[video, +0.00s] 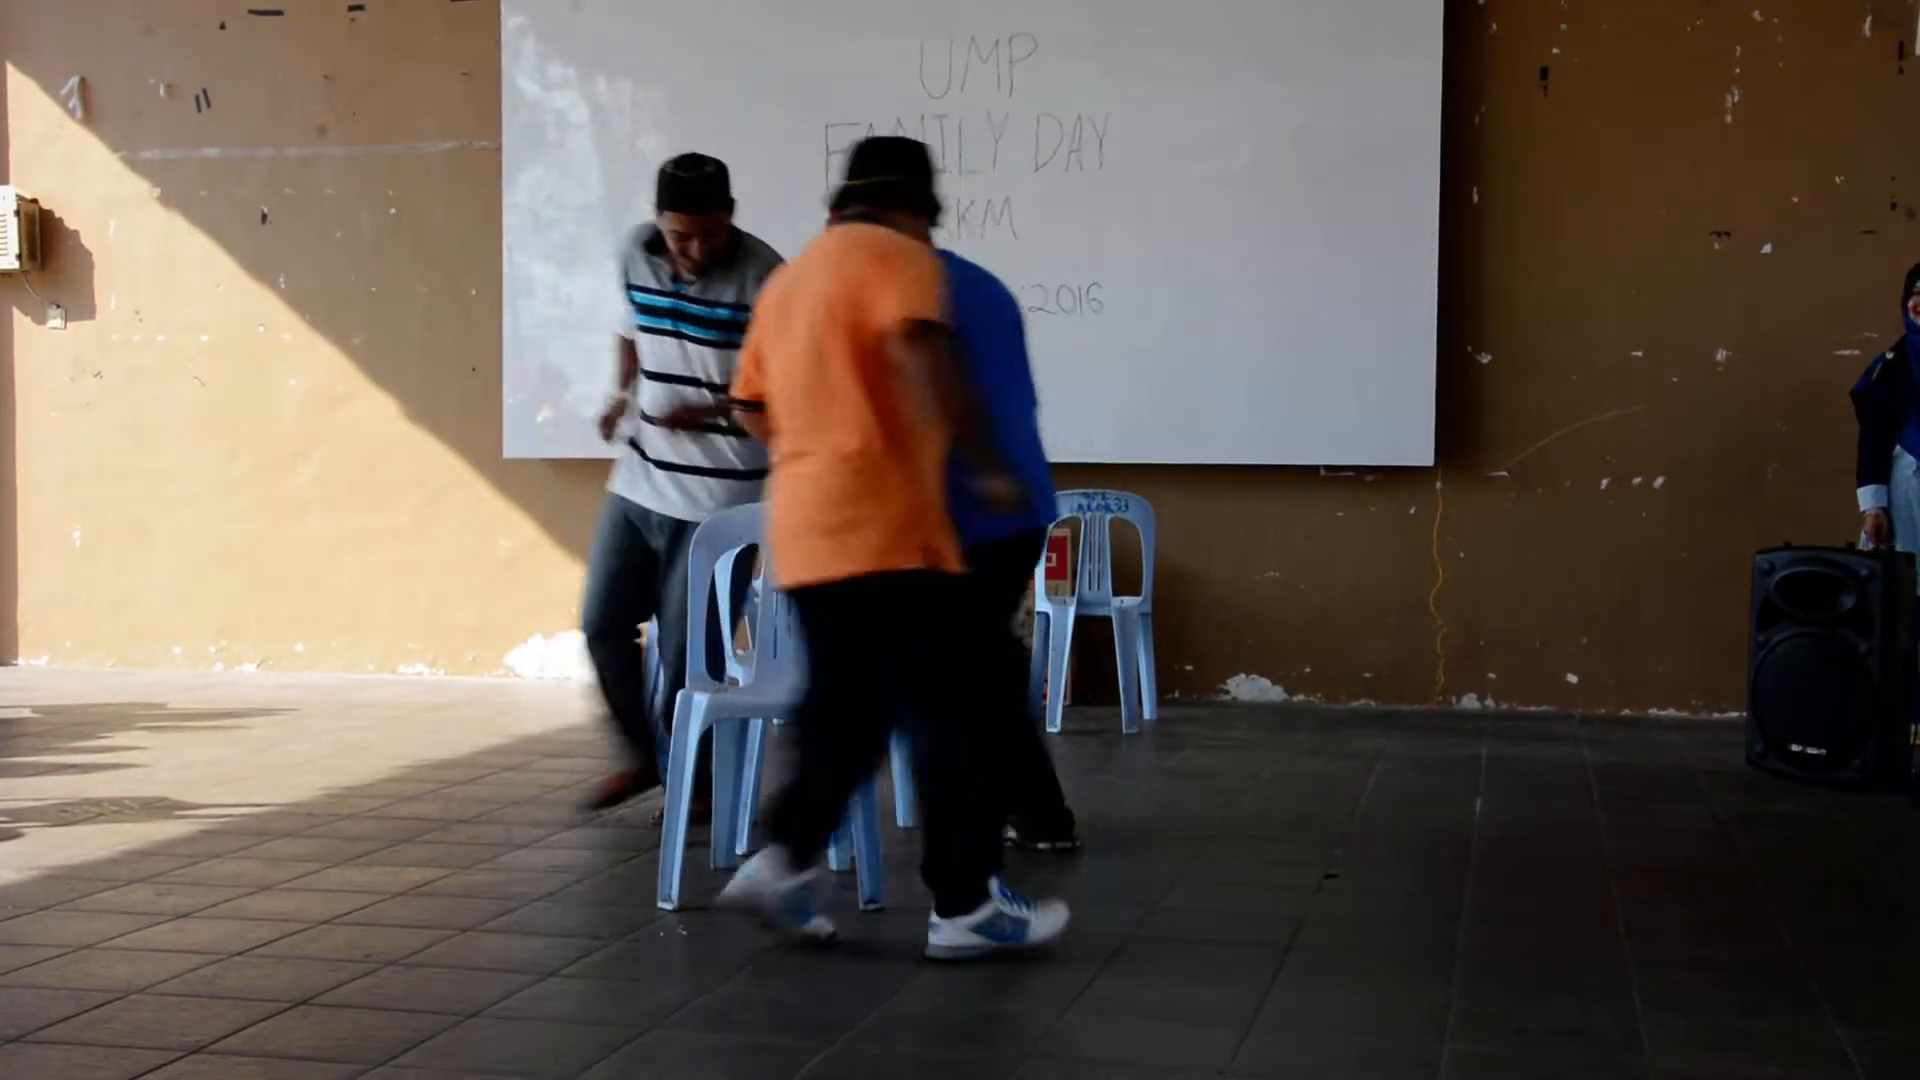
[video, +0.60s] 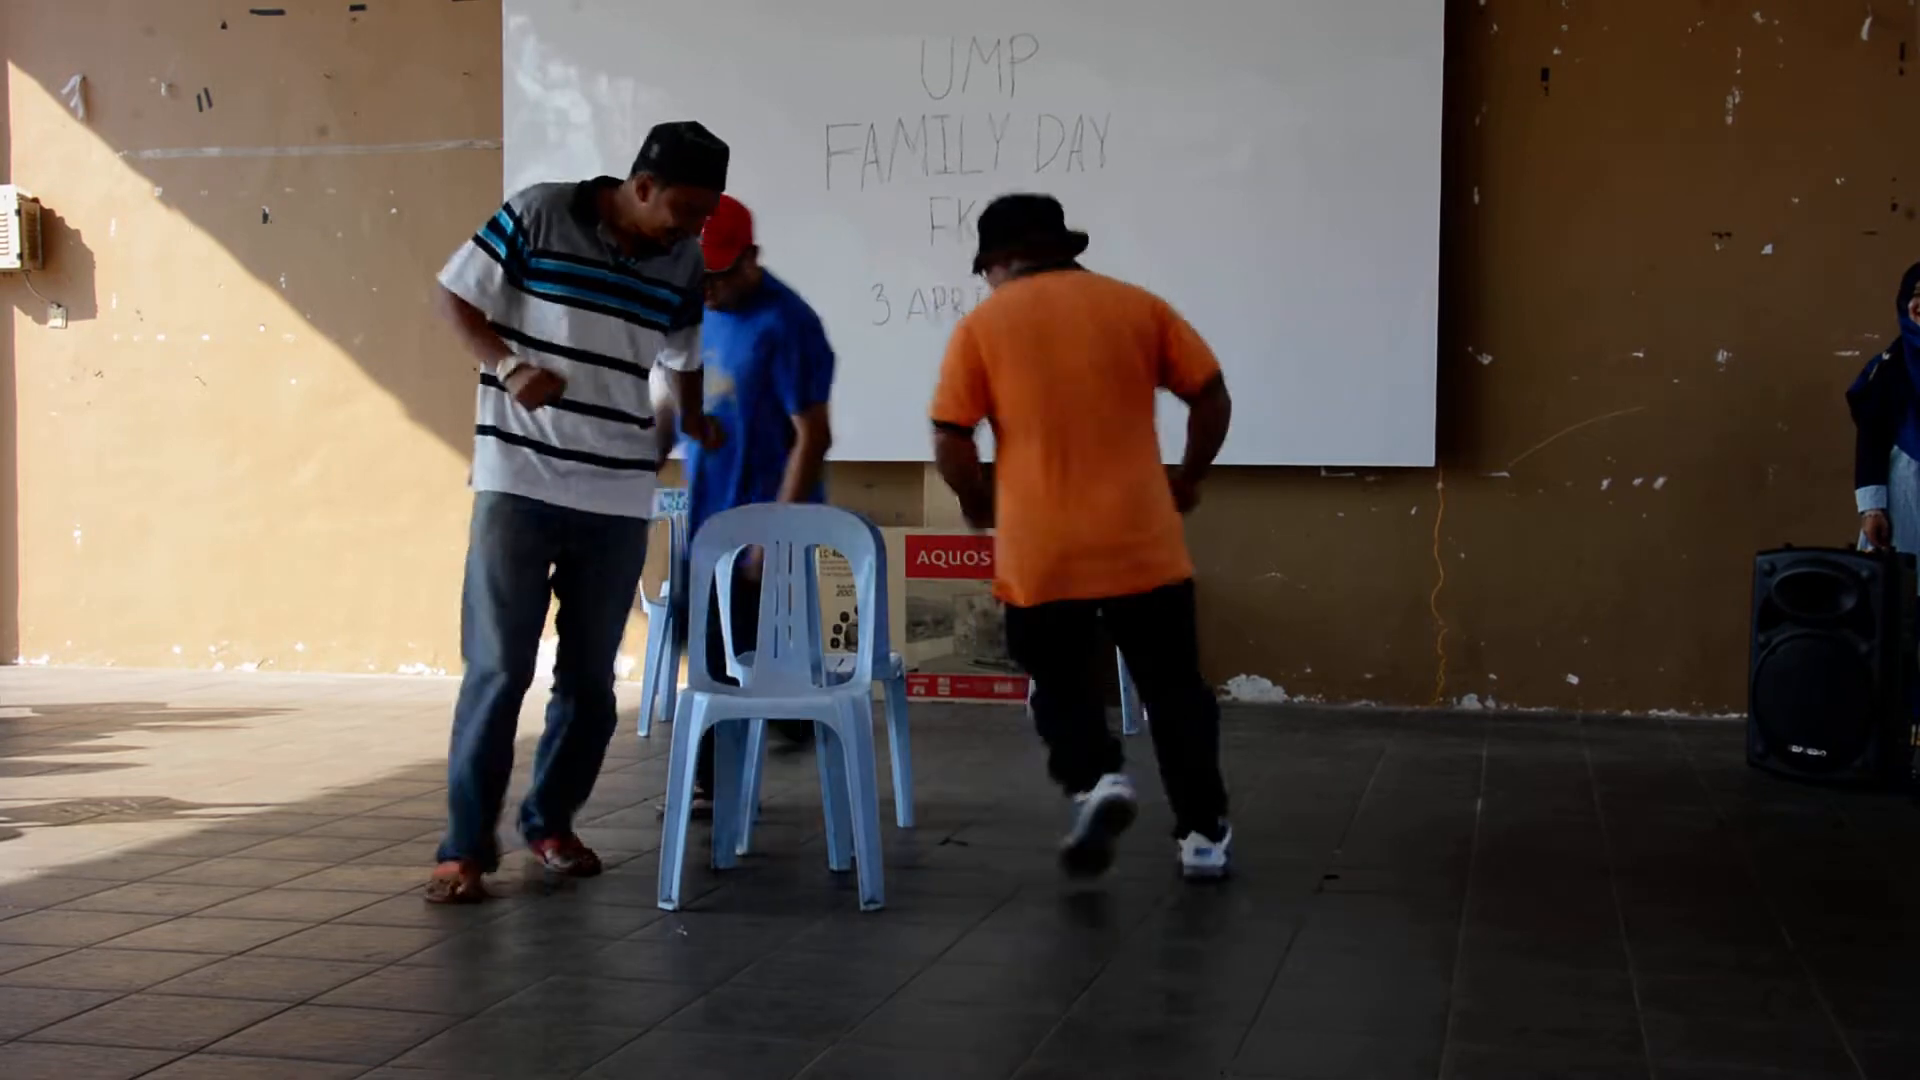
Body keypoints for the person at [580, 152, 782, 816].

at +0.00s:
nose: (691, 250)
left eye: (705, 236)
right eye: (678, 236)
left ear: (730, 219)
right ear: (659, 221)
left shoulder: (764, 277)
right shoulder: (638, 252)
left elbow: (784, 392)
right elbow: (633, 328)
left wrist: (707, 412)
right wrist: (623, 392)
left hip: (715, 506)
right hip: (638, 491)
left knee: (690, 656)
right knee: (603, 624)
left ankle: (698, 781)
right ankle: (641, 757)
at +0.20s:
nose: (670, 237)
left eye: (685, 223)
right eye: (656, 222)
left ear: (700, 209)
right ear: (625, 199)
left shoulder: (720, 264)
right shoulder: (573, 239)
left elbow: (758, 368)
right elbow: (536, 318)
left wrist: (697, 399)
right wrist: (529, 383)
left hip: (664, 490)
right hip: (571, 479)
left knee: (627, 637)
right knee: (552, 649)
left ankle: (661, 766)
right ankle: (548, 807)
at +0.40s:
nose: (675, 224)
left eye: (688, 211)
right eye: (663, 209)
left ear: (701, 199)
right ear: (626, 185)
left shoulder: (699, 257)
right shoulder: (545, 217)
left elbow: (706, 339)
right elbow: (479, 304)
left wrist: (687, 388)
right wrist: (528, 343)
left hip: (635, 487)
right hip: (535, 477)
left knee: (597, 660)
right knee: (514, 651)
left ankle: (556, 824)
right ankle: (526, 799)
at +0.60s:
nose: (687, 229)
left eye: (698, 217)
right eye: (682, 212)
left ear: (694, 202)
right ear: (644, 180)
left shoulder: (685, 264)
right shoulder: (540, 213)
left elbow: (684, 361)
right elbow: (457, 296)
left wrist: (693, 419)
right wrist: (509, 363)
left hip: (618, 498)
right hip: (518, 483)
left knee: (590, 680)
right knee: (498, 670)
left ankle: (548, 823)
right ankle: (465, 852)